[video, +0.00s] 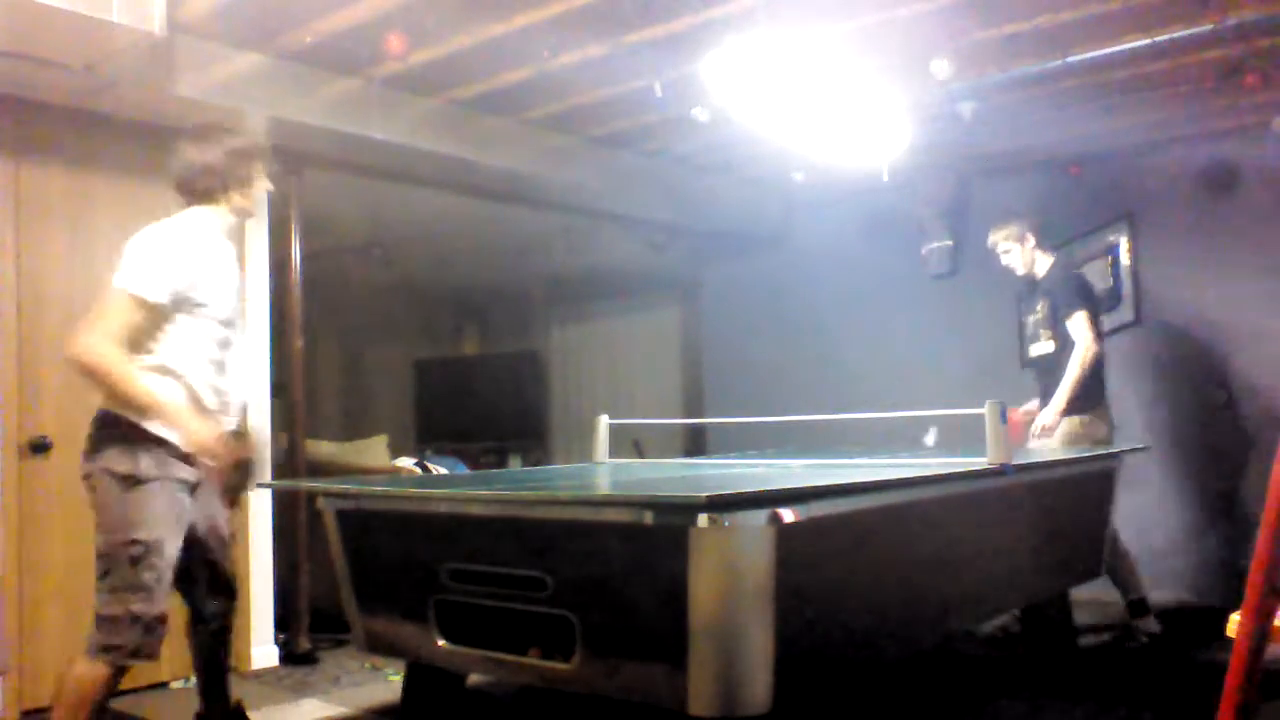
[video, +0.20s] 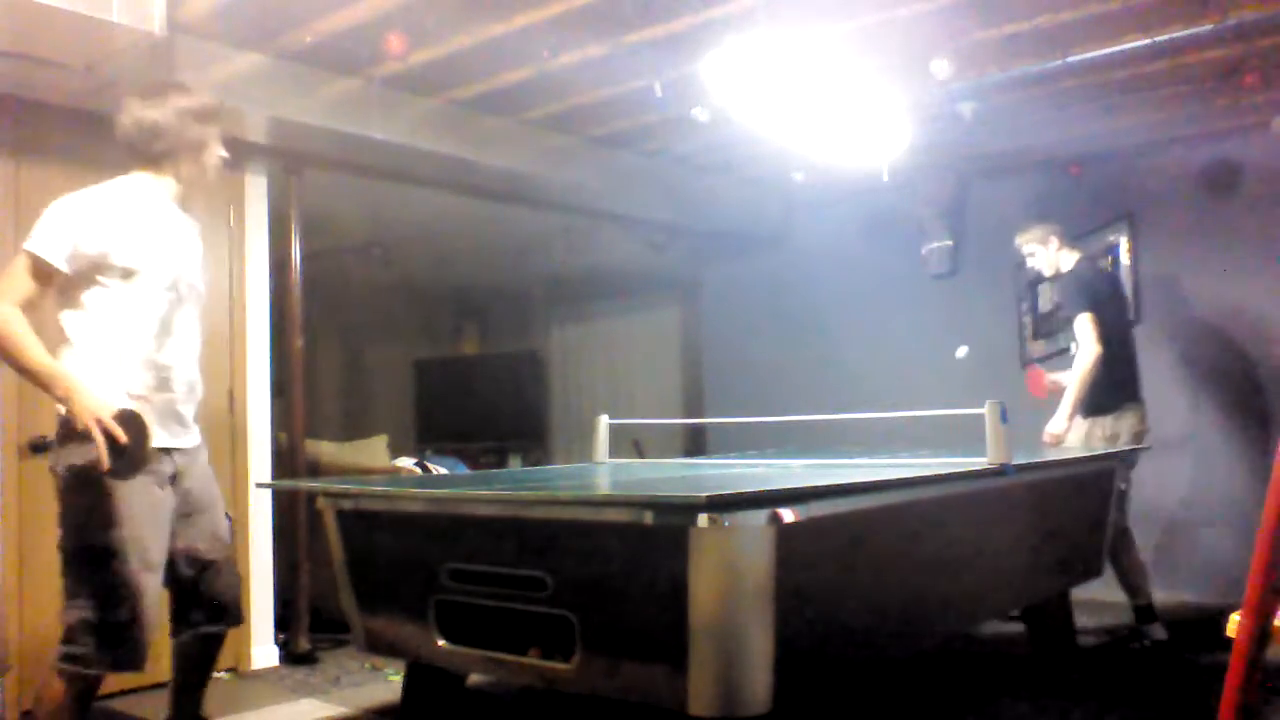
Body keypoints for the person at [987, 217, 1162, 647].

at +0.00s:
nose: (1004, 262)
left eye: (1007, 251)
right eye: (999, 255)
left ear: (1030, 241)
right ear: (1013, 251)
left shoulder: (1062, 279)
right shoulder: (1035, 289)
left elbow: (1089, 345)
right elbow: (1054, 358)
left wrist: (1055, 407)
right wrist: (1036, 404)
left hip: (1080, 420)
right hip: (1057, 421)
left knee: (1048, 524)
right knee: (1093, 522)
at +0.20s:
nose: (1032, 266)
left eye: (1033, 256)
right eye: (1028, 259)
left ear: (1053, 244)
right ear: (1058, 243)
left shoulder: (1074, 280)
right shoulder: (1100, 274)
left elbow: (1091, 349)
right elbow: (1108, 357)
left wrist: (1063, 414)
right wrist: (1063, 380)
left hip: (1099, 419)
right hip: (1125, 414)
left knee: (1065, 518)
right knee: (1115, 523)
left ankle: (1046, 621)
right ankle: (1147, 620)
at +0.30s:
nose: (1045, 258)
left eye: (1047, 247)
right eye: (1040, 250)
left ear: (1070, 237)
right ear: (1072, 239)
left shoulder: (1088, 274)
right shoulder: (1106, 270)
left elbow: (1102, 348)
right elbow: (1094, 350)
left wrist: (1073, 412)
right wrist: (1032, 360)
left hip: (1113, 415)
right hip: (1132, 412)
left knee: (1097, 511)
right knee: (1122, 519)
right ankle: (1148, 618)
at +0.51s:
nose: (1066, 245)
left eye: (1071, 234)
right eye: (1061, 239)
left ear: (1097, 229)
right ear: (1065, 243)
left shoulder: (1120, 275)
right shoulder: (1088, 280)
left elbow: (1128, 351)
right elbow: (1052, 317)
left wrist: (1096, 415)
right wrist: (1016, 309)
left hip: (1145, 413)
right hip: (1124, 414)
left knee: (1130, 516)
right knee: (1150, 514)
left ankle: (1149, 622)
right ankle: (1219, 591)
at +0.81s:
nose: (1059, 248)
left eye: (1066, 238)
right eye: (1054, 240)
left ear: (1090, 238)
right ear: (1054, 246)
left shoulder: (1117, 285)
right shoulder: (1072, 293)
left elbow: (1140, 360)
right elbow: (1078, 350)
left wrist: (1125, 424)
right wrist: (1057, 366)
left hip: (1141, 415)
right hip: (1109, 418)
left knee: (1126, 527)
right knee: (1125, 529)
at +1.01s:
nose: (1044, 243)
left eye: (1051, 234)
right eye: (1039, 237)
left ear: (1075, 233)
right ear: (1038, 243)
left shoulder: (1101, 278)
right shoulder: (1052, 287)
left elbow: (1125, 350)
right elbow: (1061, 347)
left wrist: (1124, 415)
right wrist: (1035, 380)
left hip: (1119, 417)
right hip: (1080, 420)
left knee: (1123, 521)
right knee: (1072, 514)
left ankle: (1143, 615)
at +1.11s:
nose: (1037, 248)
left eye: (1044, 238)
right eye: (1032, 241)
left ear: (1067, 238)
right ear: (1029, 247)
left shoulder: (1093, 283)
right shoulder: (1037, 291)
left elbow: (1124, 352)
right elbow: (1044, 352)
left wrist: (1116, 415)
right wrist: (1019, 388)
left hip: (1104, 423)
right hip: (1063, 424)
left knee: (1114, 525)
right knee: (1055, 519)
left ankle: (1141, 614)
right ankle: (1043, 615)